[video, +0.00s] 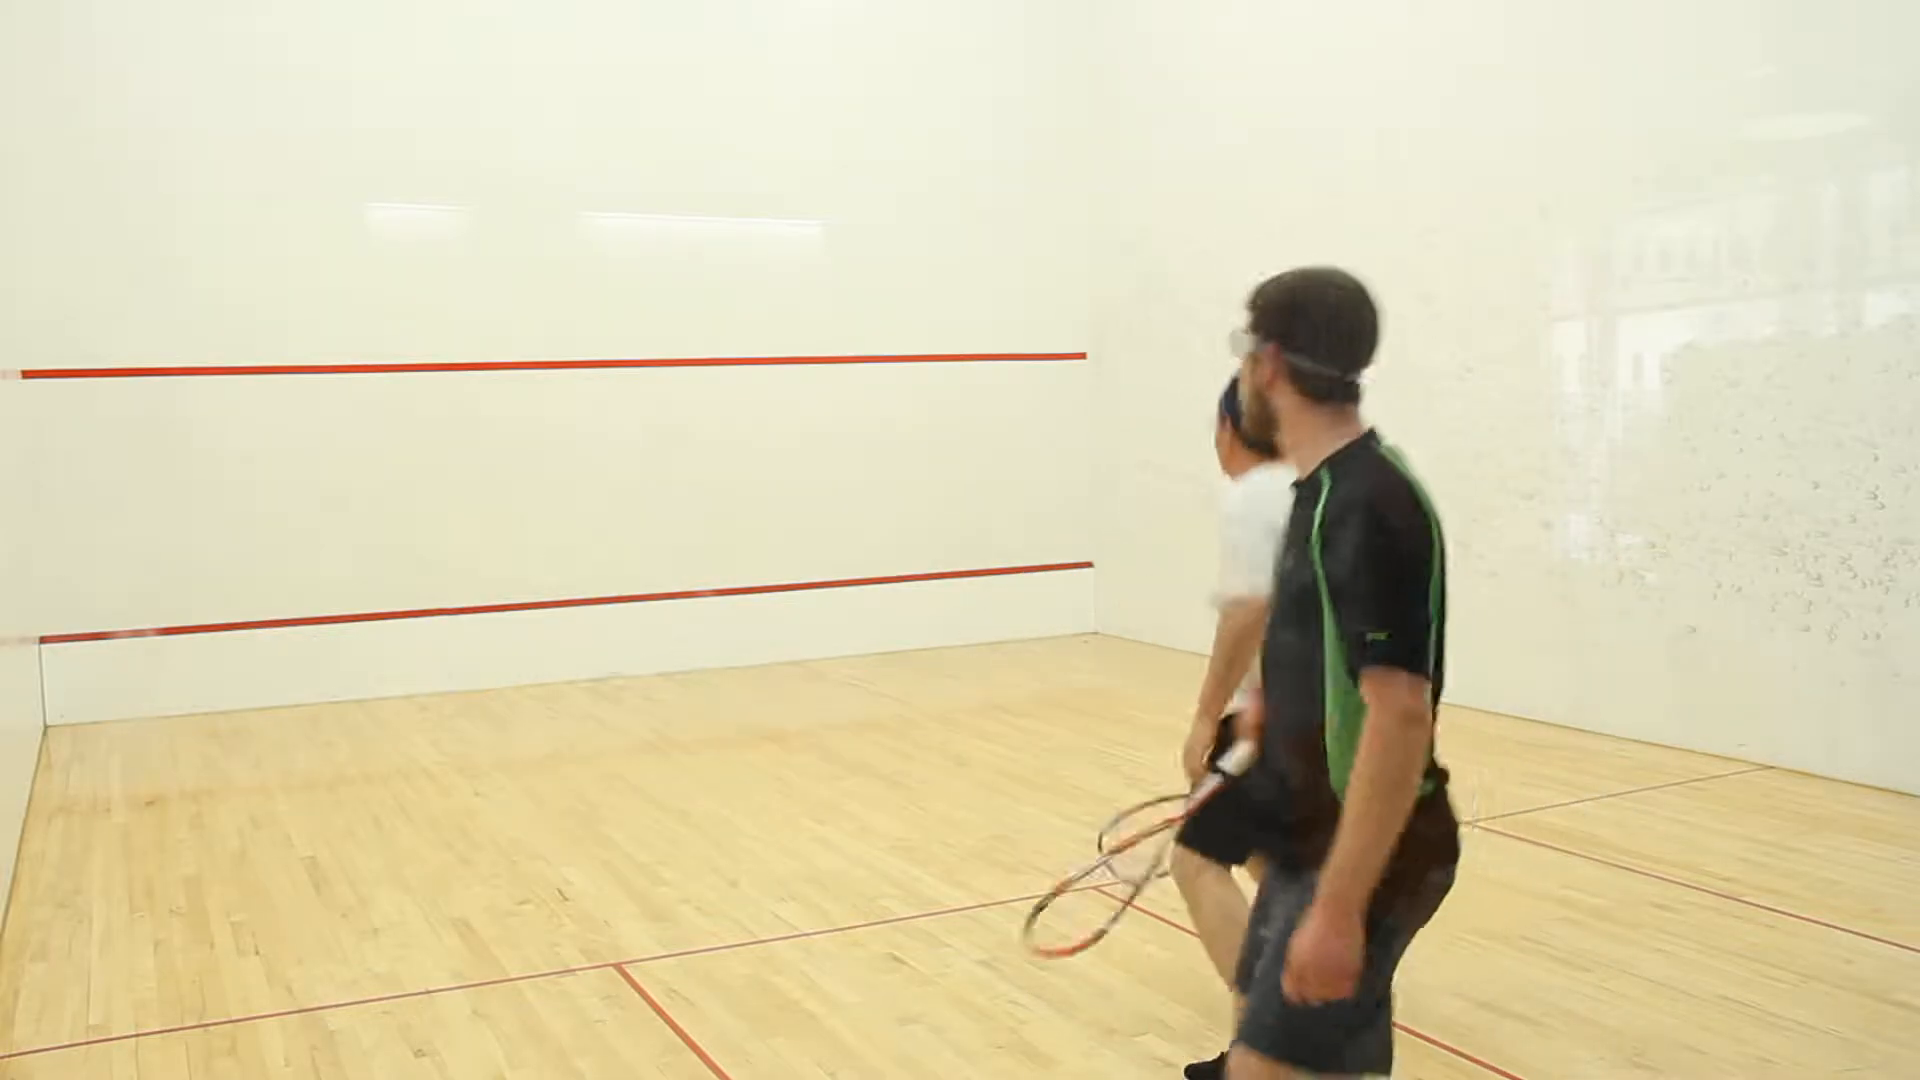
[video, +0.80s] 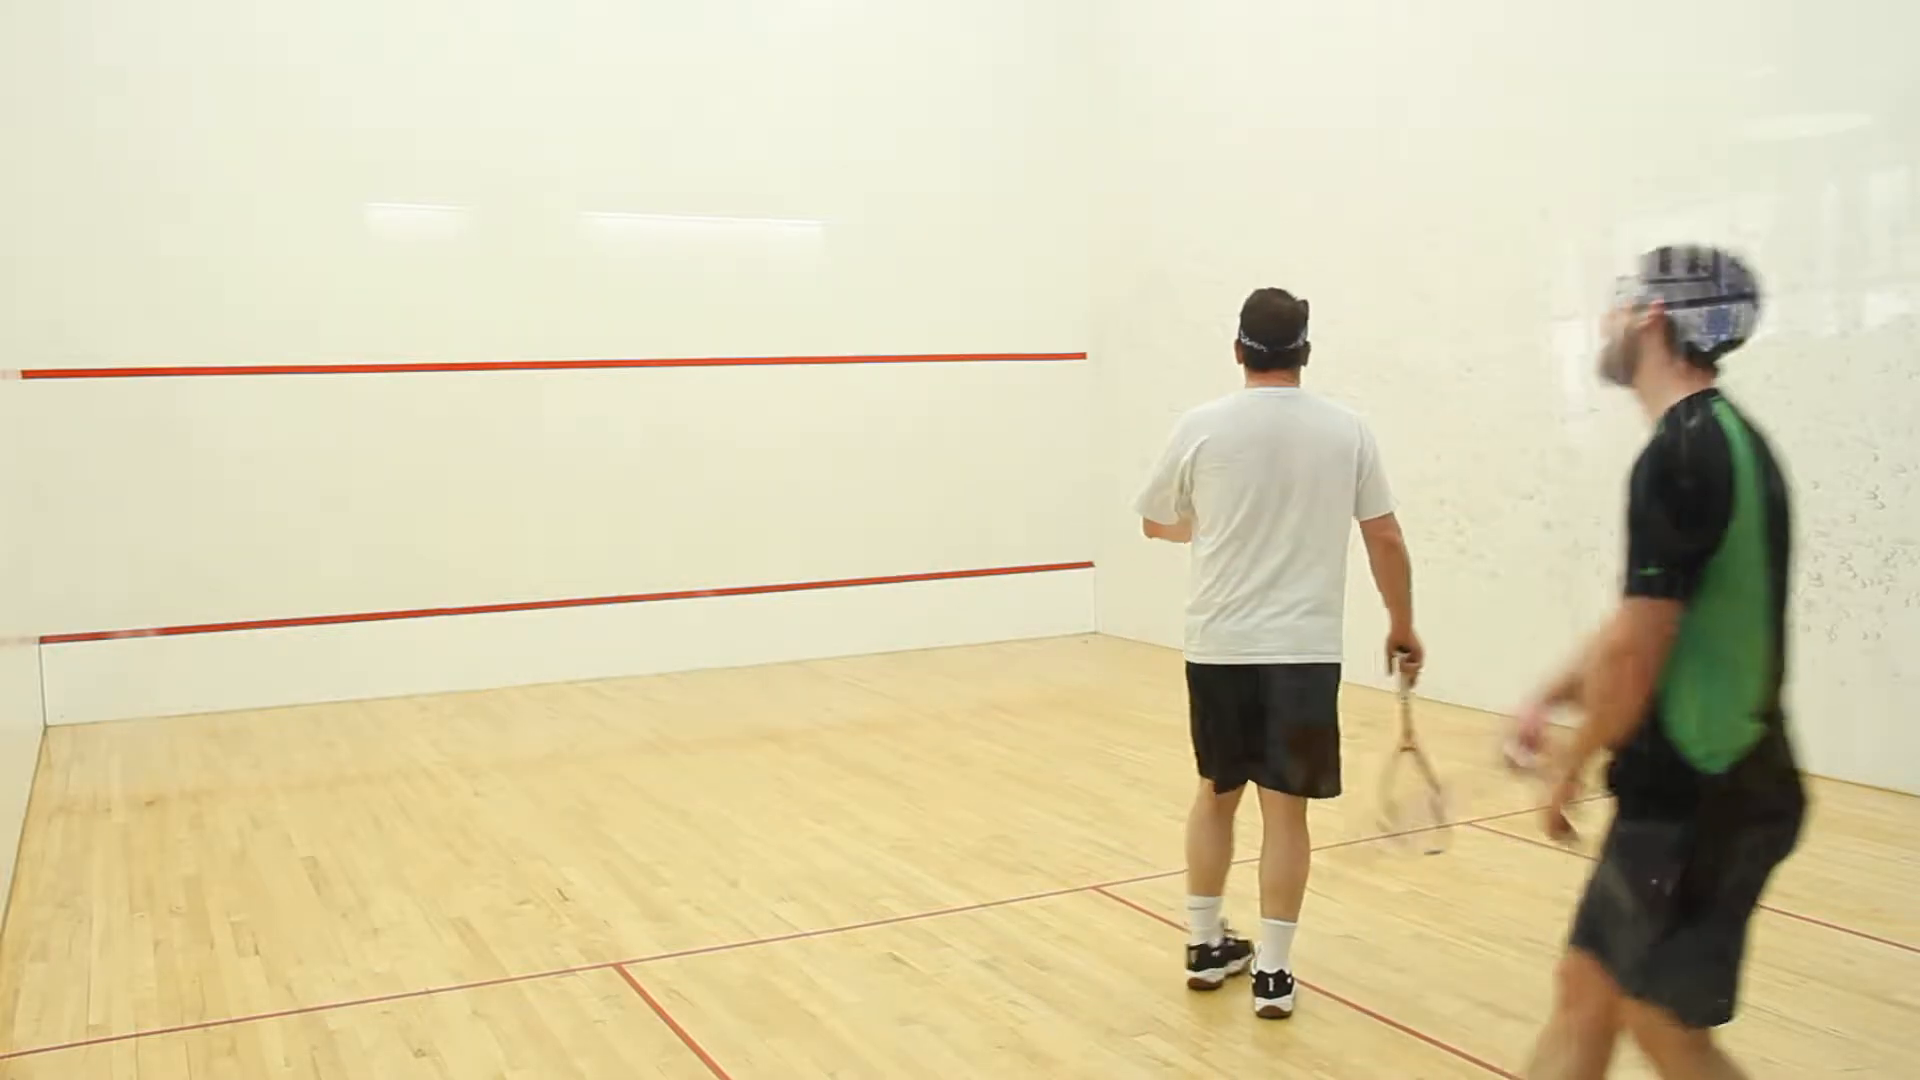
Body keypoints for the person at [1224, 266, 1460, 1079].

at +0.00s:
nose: (1241, 366)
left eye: (1247, 347)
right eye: (1247, 347)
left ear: (1270, 364)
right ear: (1347, 363)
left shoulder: (1376, 503)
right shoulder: (1323, 491)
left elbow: (1401, 710)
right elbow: (1333, 655)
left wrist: (1339, 910)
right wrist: (1270, 700)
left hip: (1360, 856)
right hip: (1314, 835)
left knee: (1262, 1063)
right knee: (1298, 1051)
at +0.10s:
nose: (1263, 323)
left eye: (1283, 305)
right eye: (1275, 303)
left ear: (1330, 329)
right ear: (1337, 333)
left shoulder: (1387, 465)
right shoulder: (1366, 453)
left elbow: (1383, 668)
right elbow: (1358, 614)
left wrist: (1307, 851)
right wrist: (1307, 675)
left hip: (1393, 802)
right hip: (1375, 785)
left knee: (1336, 1054)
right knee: (1333, 1041)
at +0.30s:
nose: (1352, 274)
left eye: (1375, 256)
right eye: (1364, 255)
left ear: (1433, 285)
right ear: (1434, 288)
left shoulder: (1451, 425)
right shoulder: (1469, 409)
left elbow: (1361, 604)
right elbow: (1365, 559)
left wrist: (1230, 739)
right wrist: (1250, 609)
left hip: (1448, 755)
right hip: (1442, 745)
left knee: (1378, 1018)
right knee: (1404, 1005)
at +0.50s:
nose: (1453, 294)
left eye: (1472, 276)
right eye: (1464, 275)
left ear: (1520, 293)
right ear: (1533, 297)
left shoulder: (1534, 431)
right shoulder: (1575, 425)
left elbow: (1441, 592)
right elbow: (1468, 555)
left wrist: (1333, 673)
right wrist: (1340, 571)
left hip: (1510, 781)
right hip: (1518, 766)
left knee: (1448, 1020)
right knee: (1432, 987)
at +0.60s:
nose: (1508, 312)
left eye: (1526, 293)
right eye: (1518, 293)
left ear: (1572, 312)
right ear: (1586, 318)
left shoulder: (1587, 445)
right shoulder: (1611, 439)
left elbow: (1502, 615)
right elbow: (1527, 592)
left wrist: (1414, 681)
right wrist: (1401, 590)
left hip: (1569, 792)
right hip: (1539, 781)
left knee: (1522, 1033)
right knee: (1462, 988)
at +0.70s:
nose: (1558, 330)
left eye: (1574, 313)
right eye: (1569, 311)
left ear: (1612, 330)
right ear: (1629, 336)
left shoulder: (1638, 460)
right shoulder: (1667, 451)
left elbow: (1568, 643)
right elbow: (1585, 606)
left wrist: (1494, 710)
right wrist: (1467, 634)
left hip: (1640, 809)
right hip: (1606, 797)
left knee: (1609, 1039)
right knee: (1523, 1003)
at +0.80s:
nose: (1606, 324)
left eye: (1619, 308)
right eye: (1615, 307)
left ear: (1655, 322)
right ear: (1688, 330)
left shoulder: (1677, 456)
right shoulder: (1731, 444)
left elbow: (1635, 656)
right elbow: (1643, 623)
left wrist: (1572, 763)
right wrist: (1552, 695)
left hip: (1693, 796)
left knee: (1645, 1010)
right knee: (1592, 988)